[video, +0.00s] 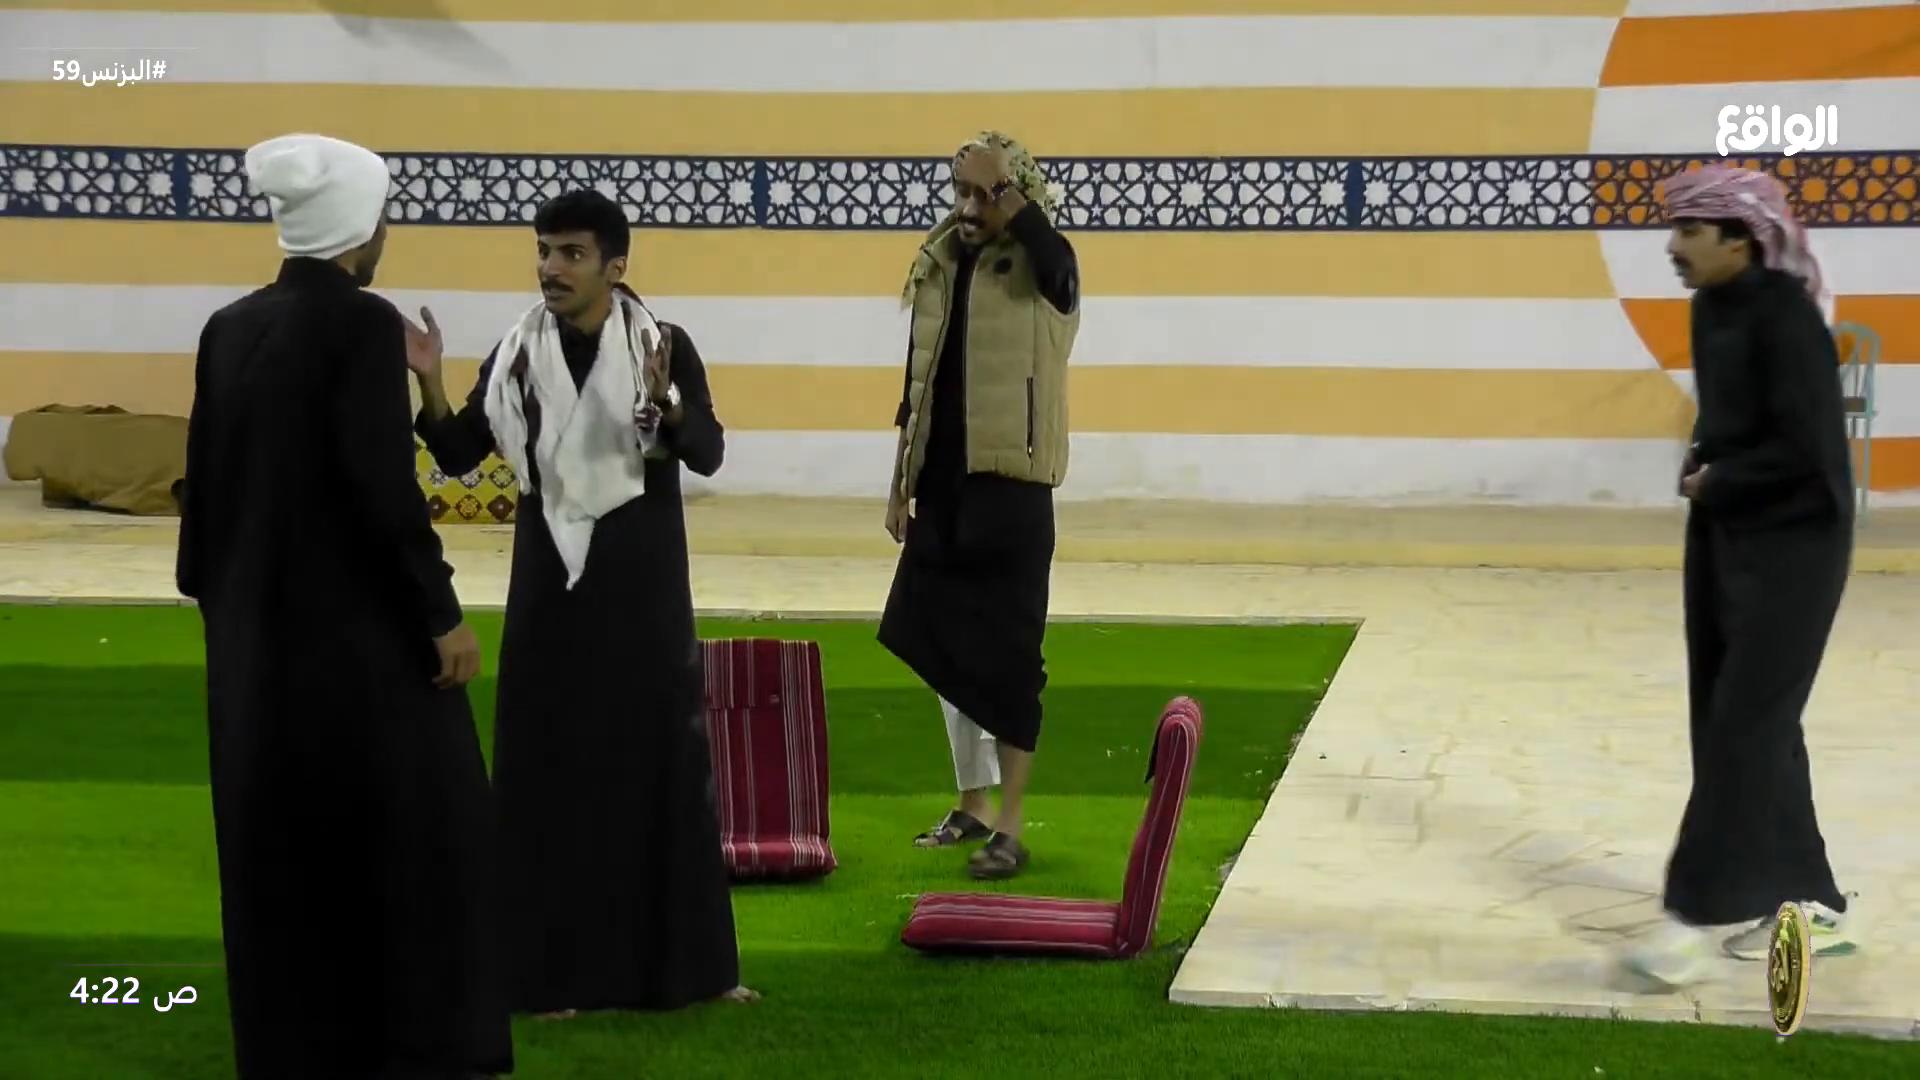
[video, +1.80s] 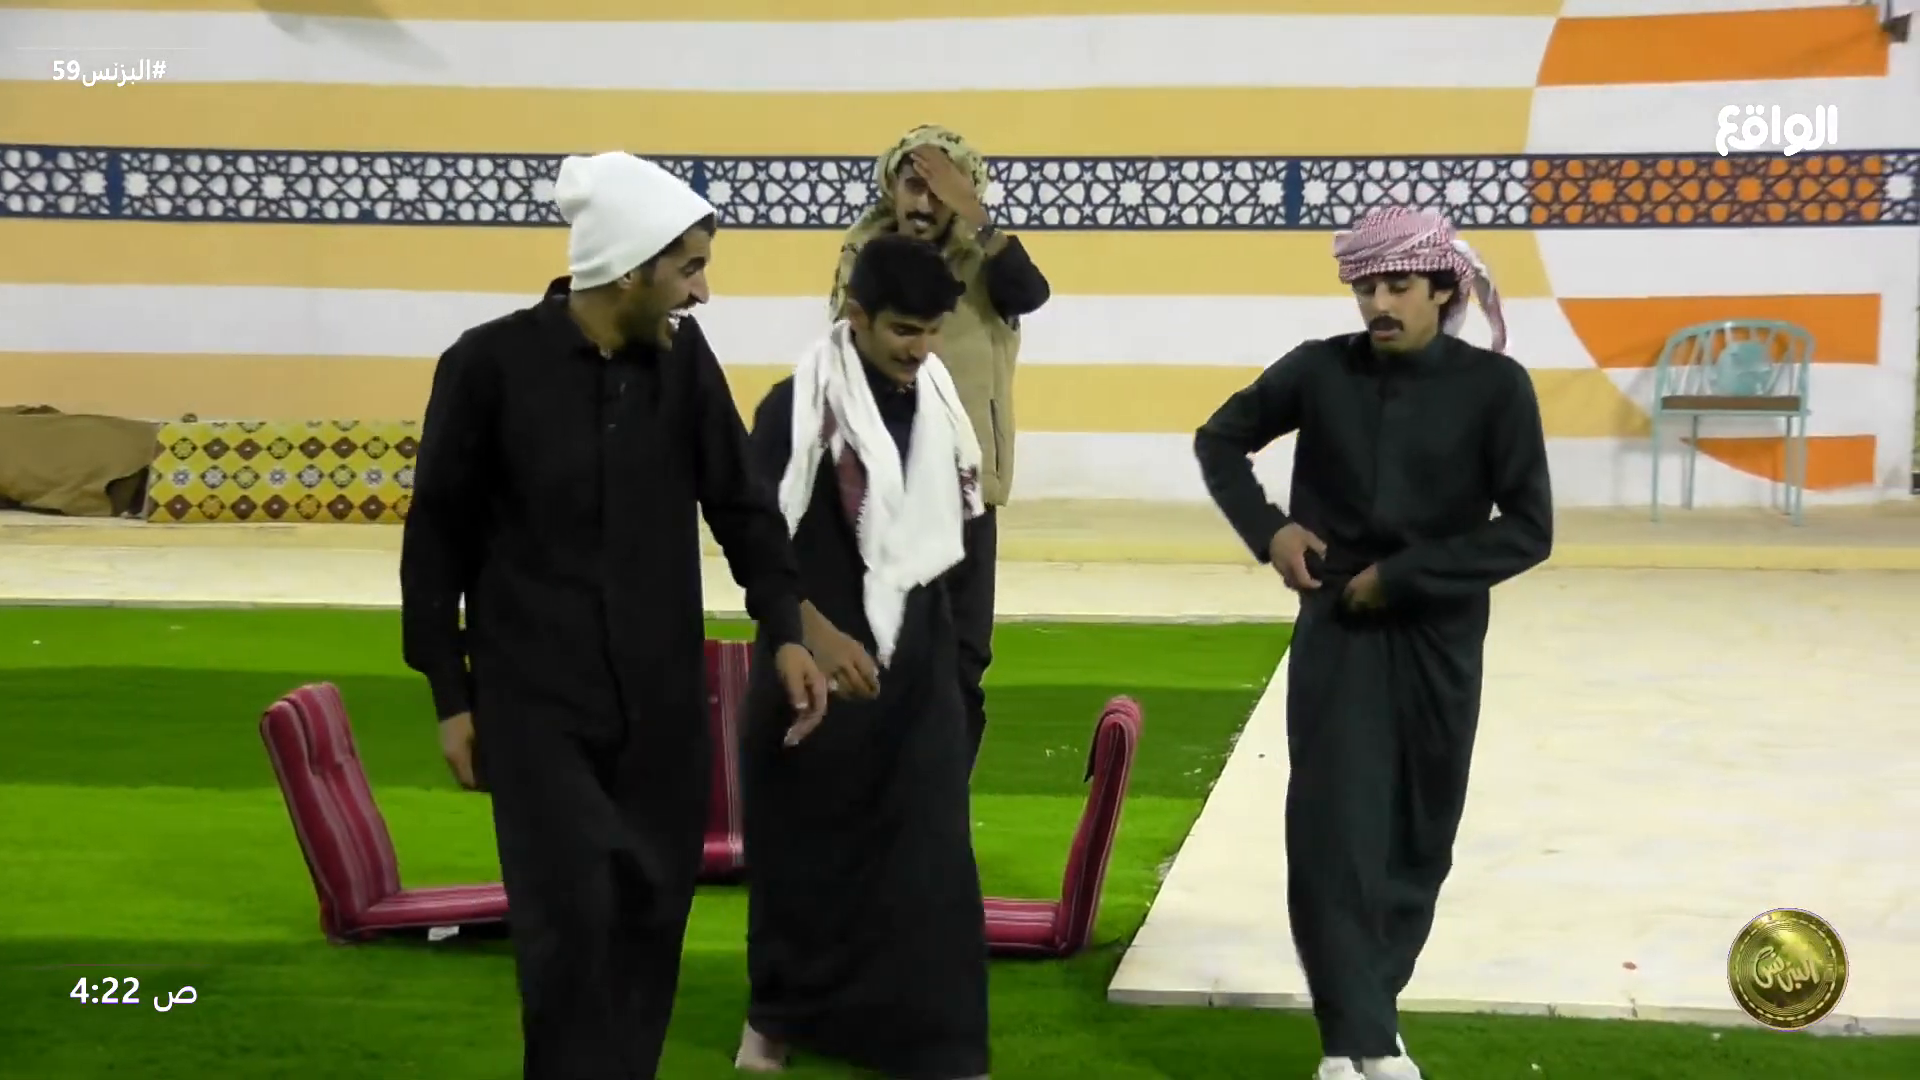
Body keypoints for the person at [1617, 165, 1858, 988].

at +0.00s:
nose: (1675, 249)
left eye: (1689, 234)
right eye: (1675, 234)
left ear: (1741, 239)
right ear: (1710, 242)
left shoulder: (1784, 313)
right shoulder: (1713, 314)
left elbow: (1805, 450)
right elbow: (1733, 419)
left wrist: (1715, 479)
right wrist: (1703, 456)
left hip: (1795, 549)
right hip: (1730, 545)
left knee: (1743, 718)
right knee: (1746, 718)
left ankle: (1703, 910)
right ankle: (1809, 896)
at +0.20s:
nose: (1609, 257)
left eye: (1625, 244)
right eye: (1607, 243)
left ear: (1676, 250)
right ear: (1627, 251)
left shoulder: (1714, 325)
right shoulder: (1647, 319)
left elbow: (1733, 471)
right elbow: (1660, 428)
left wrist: (1639, 492)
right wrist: (1626, 473)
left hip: (1716, 563)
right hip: (1656, 555)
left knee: (1662, 732)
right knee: (1677, 728)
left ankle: (1626, 929)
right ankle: (1776, 876)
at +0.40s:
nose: (1552, 251)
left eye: (1567, 236)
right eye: (1549, 236)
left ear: (1619, 241)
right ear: (1569, 243)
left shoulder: (1654, 318)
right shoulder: (1584, 314)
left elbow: (1674, 463)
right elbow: (1599, 426)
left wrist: (1581, 487)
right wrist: (1571, 467)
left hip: (1655, 581)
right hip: (1596, 571)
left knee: (1629, 744)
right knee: (1562, 729)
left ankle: (1624, 937)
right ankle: (1646, 878)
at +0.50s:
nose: (1519, 244)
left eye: (1537, 230)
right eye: (1517, 229)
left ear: (1588, 239)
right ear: (1529, 239)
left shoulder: (1623, 318)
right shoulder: (1544, 311)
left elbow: (1640, 462)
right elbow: (1561, 417)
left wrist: (1549, 484)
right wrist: (1538, 461)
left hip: (1628, 582)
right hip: (1556, 573)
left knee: (1612, 748)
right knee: (1518, 729)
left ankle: (1608, 937)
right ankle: (1529, 924)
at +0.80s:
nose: (1452, 253)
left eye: (1470, 241)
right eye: (1451, 238)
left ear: (1522, 251)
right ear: (1459, 243)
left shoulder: (1565, 334)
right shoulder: (1459, 317)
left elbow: (1560, 476)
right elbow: (1445, 405)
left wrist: (1457, 494)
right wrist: (1432, 457)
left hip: (1534, 577)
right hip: (1459, 565)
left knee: (1514, 753)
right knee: (1434, 745)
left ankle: (1581, 912)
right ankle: (1449, 941)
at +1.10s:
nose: (1410, 247)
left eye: (1429, 238)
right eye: (1412, 232)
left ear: (1479, 256)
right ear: (1421, 241)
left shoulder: (1536, 336)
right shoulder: (1388, 310)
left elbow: (1550, 472)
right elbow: (1322, 373)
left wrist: (1429, 502)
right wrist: (1333, 458)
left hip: (1495, 584)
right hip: (1398, 577)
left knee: (1473, 768)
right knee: (1399, 756)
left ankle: (1461, 977)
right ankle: (1421, 952)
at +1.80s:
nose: (1383, 304)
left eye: (1401, 285)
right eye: (1370, 287)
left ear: (1444, 291)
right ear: (1355, 293)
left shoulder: (1497, 386)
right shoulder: (1318, 369)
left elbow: (1528, 531)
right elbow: (1220, 439)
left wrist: (1403, 576)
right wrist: (1269, 529)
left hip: (1443, 637)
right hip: (1338, 629)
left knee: (1417, 834)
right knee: (1338, 830)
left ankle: (1370, 1031)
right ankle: (1353, 1042)